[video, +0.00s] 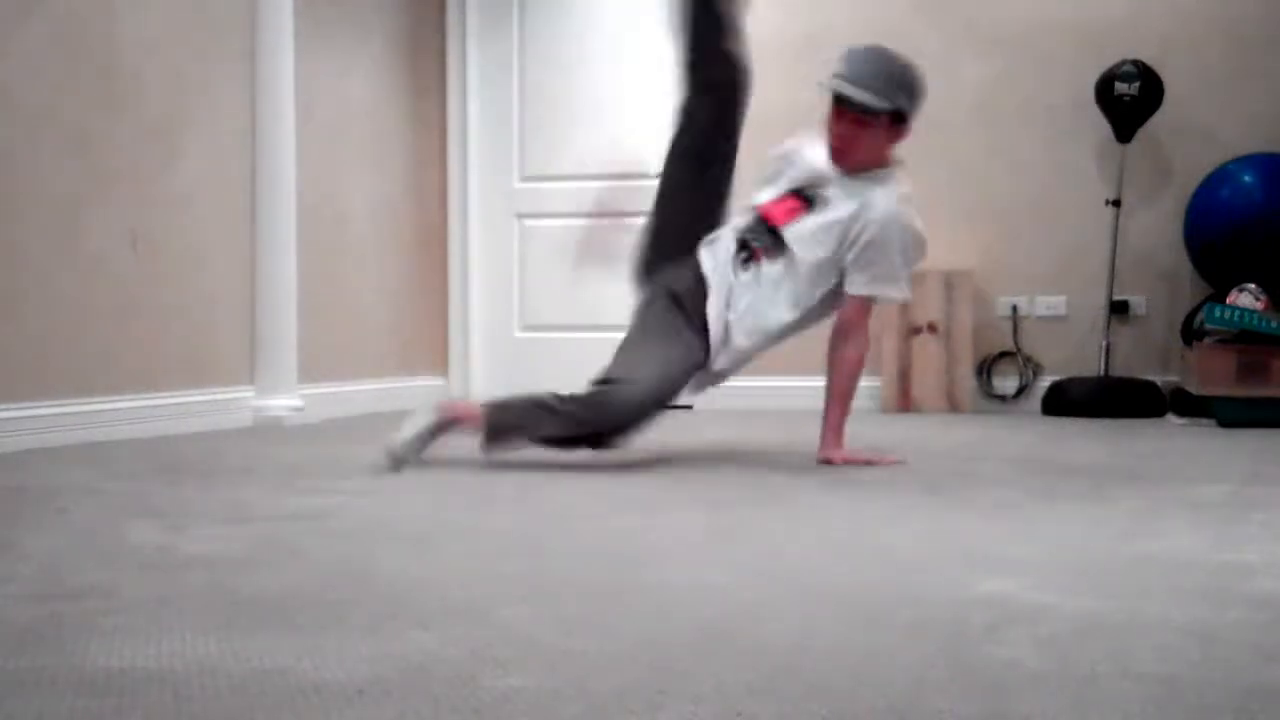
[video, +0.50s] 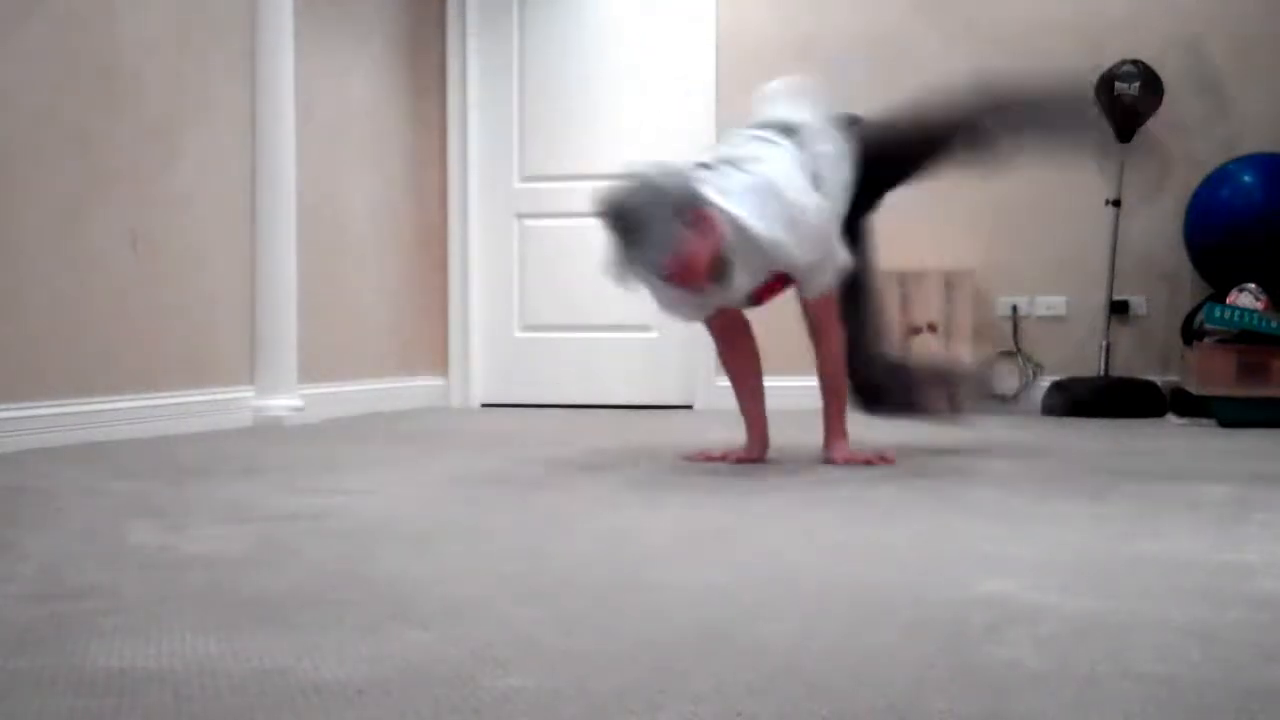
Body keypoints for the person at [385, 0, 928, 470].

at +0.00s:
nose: (841, 131)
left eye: (860, 122)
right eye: (839, 112)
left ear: (897, 136)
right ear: (829, 107)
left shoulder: (884, 220)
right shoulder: (805, 156)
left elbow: (851, 333)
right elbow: (754, 237)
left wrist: (832, 444)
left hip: (689, 335)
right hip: (682, 262)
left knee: (608, 416)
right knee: (717, 89)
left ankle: (455, 416)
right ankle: (711, 1)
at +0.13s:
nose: (811, 162)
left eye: (823, 153)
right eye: (811, 149)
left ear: (860, 148)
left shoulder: (881, 232)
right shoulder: (851, 148)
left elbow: (844, 337)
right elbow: (790, 164)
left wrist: (831, 443)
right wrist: (737, 114)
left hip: (742, 312)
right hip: (743, 219)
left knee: (634, 408)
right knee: (644, 103)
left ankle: (622, 425)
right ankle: (533, 24)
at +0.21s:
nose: (766, 185)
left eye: (780, 178)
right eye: (760, 172)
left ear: (823, 165)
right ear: (758, 131)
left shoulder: (865, 215)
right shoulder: (788, 117)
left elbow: (845, 333)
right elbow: (745, 177)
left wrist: (834, 443)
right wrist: (703, 242)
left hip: (814, 261)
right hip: (767, 191)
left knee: (787, 344)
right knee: (639, 139)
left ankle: (739, 423)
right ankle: (505, 113)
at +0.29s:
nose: (743, 238)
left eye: (756, 223)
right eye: (734, 222)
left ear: (794, 204)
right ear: (719, 198)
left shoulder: (848, 228)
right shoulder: (711, 197)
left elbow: (839, 334)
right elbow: (718, 293)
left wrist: (832, 446)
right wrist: (721, 396)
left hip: (910, 176)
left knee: (880, 295)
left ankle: (883, 393)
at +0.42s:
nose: (716, 306)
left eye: (718, 288)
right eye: (703, 297)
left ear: (748, 250)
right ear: (683, 268)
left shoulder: (809, 232)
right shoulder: (694, 238)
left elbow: (834, 336)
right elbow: (732, 338)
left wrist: (832, 444)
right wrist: (755, 443)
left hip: (847, 141)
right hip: (768, 146)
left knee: (994, 226)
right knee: (774, 324)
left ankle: (1113, 259)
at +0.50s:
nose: (690, 271)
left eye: (690, 249)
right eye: (670, 267)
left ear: (704, 216)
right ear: (651, 270)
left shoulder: (778, 219)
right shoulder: (667, 271)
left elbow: (825, 325)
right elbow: (731, 338)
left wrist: (835, 442)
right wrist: (756, 444)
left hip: (842, 156)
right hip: (823, 234)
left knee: (967, 121)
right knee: (873, 384)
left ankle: (1095, 109)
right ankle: (978, 384)